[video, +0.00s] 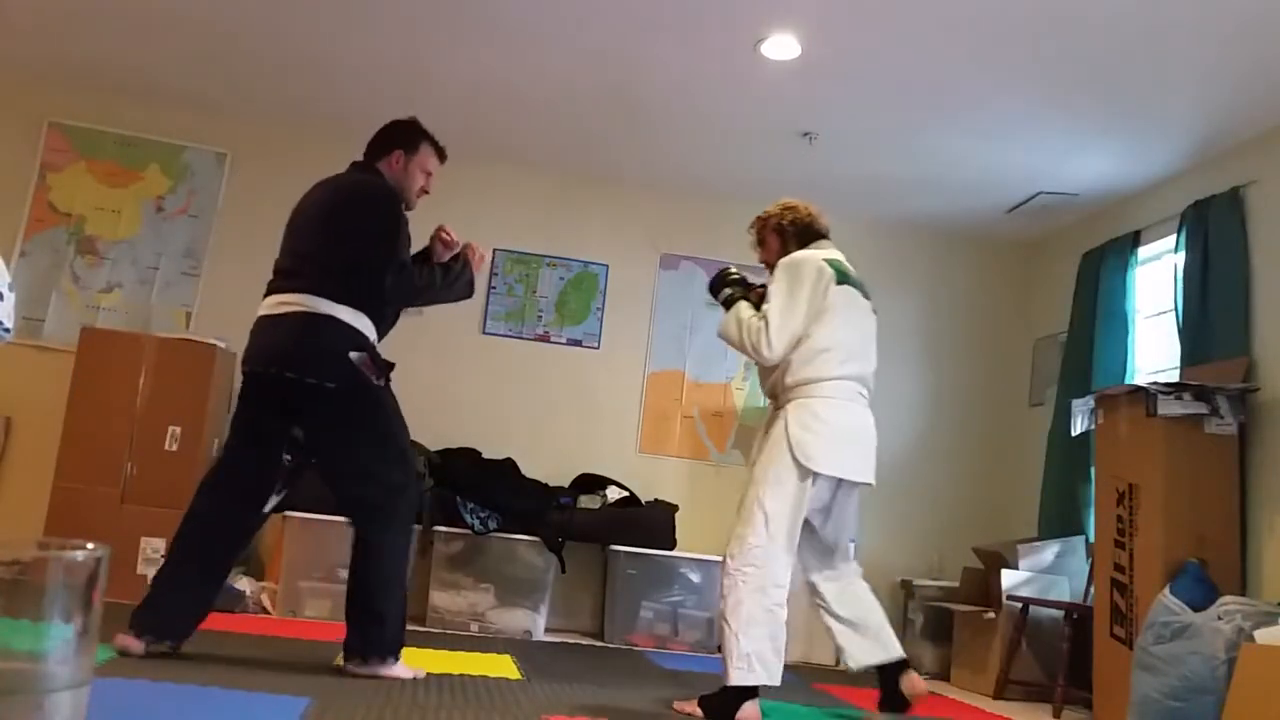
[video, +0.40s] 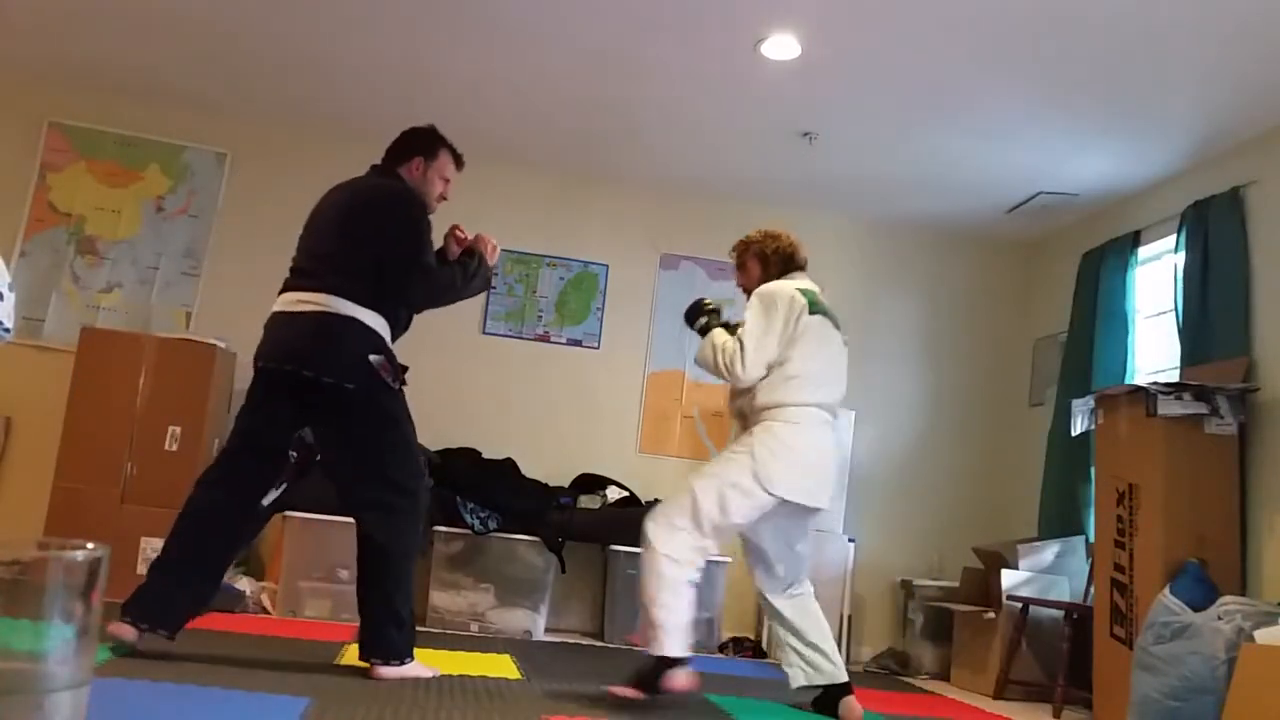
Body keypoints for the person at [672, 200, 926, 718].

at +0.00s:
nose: (761, 255)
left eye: (762, 244)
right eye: (759, 247)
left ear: (779, 235)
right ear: (813, 235)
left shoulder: (798, 267)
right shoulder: (853, 286)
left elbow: (767, 344)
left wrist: (733, 301)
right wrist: (761, 303)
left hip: (807, 425)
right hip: (854, 432)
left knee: (755, 552)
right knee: (830, 560)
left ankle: (741, 687)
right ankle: (893, 670)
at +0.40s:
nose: (739, 279)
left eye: (743, 267)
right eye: (737, 269)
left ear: (766, 262)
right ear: (789, 264)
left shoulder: (775, 295)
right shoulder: (818, 308)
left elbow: (741, 366)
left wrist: (708, 327)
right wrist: (730, 334)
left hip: (781, 444)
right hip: (819, 453)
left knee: (670, 527)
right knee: (784, 579)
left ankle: (668, 661)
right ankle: (830, 688)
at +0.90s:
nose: (625, 218)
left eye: (630, 210)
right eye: (627, 210)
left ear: (645, 211)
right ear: (686, 219)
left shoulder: (630, 247)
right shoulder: (716, 284)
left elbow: (546, 284)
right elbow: (724, 374)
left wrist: (481, 270)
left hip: (639, 427)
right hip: (698, 435)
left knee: (556, 537)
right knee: (700, 542)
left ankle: (515, 666)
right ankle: (776, 648)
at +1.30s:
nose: (646, 227)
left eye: (649, 217)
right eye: (645, 218)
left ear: (670, 212)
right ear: (708, 218)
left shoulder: (664, 246)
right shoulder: (749, 286)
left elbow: (617, 323)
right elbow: (738, 368)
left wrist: (579, 294)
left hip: (651, 424)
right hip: (719, 440)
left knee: (557, 533)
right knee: (724, 565)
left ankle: (526, 665)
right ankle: (758, 701)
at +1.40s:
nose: (644, 222)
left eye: (647, 211)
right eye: (643, 212)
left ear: (671, 207)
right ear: (703, 213)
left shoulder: (661, 246)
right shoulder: (748, 282)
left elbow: (620, 326)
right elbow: (737, 366)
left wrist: (579, 298)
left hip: (648, 427)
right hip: (714, 440)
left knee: (555, 526)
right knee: (719, 563)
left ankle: (534, 665)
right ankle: (758, 700)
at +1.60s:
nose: (613, 239)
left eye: (616, 229)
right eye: (613, 229)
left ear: (636, 229)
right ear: (674, 233)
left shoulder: (629, 273)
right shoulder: (716, 301)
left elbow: (599, 358)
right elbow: (709, 379)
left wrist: (553, 345)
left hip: (618, 436)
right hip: (686, 451)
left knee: (501, 518)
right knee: (707, 576)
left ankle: (446, 647)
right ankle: (758, 704)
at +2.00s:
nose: (448, 210)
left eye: (450, 201)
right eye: (449, 202)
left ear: (459, 203)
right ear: (515, 203)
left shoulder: (439, 261)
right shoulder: (557, 258)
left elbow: (398, 345)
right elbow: (603, 330)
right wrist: (550, 366)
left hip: (480, 421)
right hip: (560, 424)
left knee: (391, 532)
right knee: (603, 541)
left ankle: (353, 659)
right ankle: (649, 643)